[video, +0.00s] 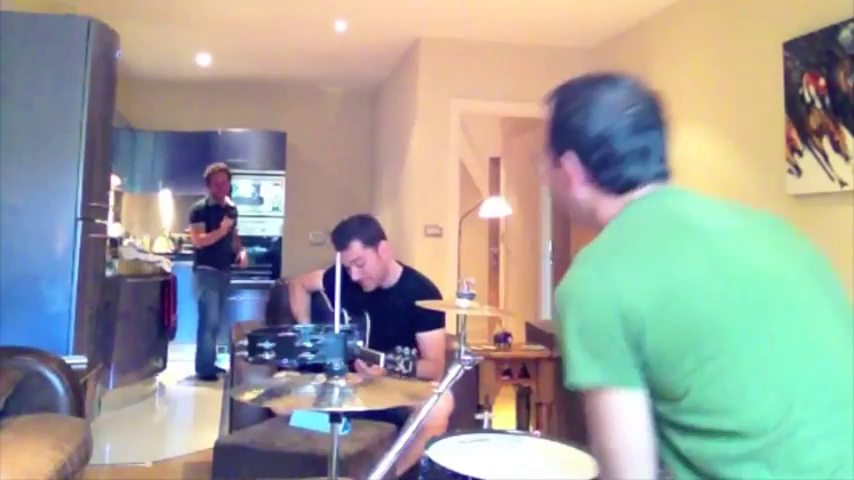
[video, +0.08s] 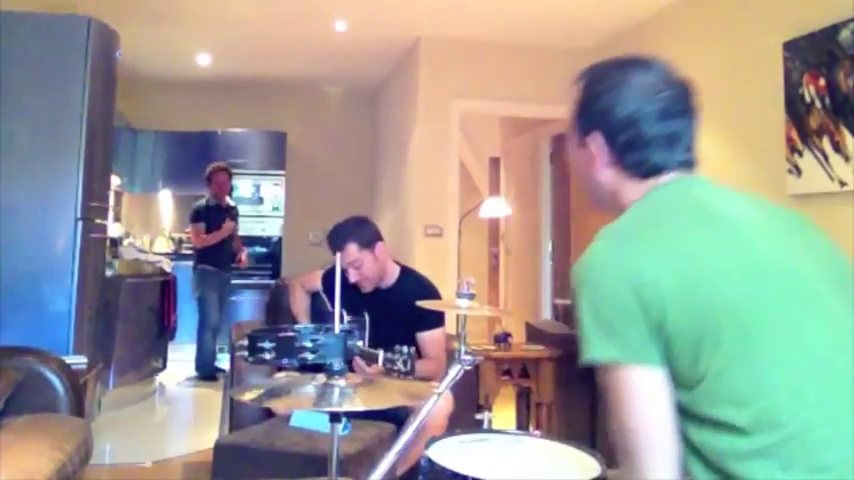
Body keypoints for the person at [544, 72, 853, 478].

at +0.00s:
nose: (546, 179)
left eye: (549, 164)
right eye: (547, 162)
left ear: (571, 171)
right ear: (653, 147)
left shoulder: (597, 279)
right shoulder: (762, 226)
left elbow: (628, 471)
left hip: (749, 468)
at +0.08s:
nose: (571, 157)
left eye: (573, 142)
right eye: (572, 141)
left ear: (598, 152)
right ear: (681, 134)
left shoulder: (616, 259)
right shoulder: (785, 220)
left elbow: (651, 468)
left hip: (748, 468)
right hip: (843, 460)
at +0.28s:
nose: (638, 118)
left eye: (644, 100)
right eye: (641, 101)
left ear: (671, 108)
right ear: (759, 110)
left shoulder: (694, 220)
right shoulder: (834, 207)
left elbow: (723, 464)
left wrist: (660, 467)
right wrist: (710, 427)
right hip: (842, 466)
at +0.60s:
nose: (705, 74)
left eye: (713, 56)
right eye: (711, 55)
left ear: (739, 78)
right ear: (822, 86)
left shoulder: (762, 215)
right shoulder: (842, 181)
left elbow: (778, 467)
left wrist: (701, 450)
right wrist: (748, 407)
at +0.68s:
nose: (710, 73)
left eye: (719, 55)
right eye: (717, 54)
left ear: (747, 76)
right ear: (829, 79)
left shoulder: (767, 217)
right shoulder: (841, 182)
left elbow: (784, 465)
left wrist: (695, 452)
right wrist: (753, 407)